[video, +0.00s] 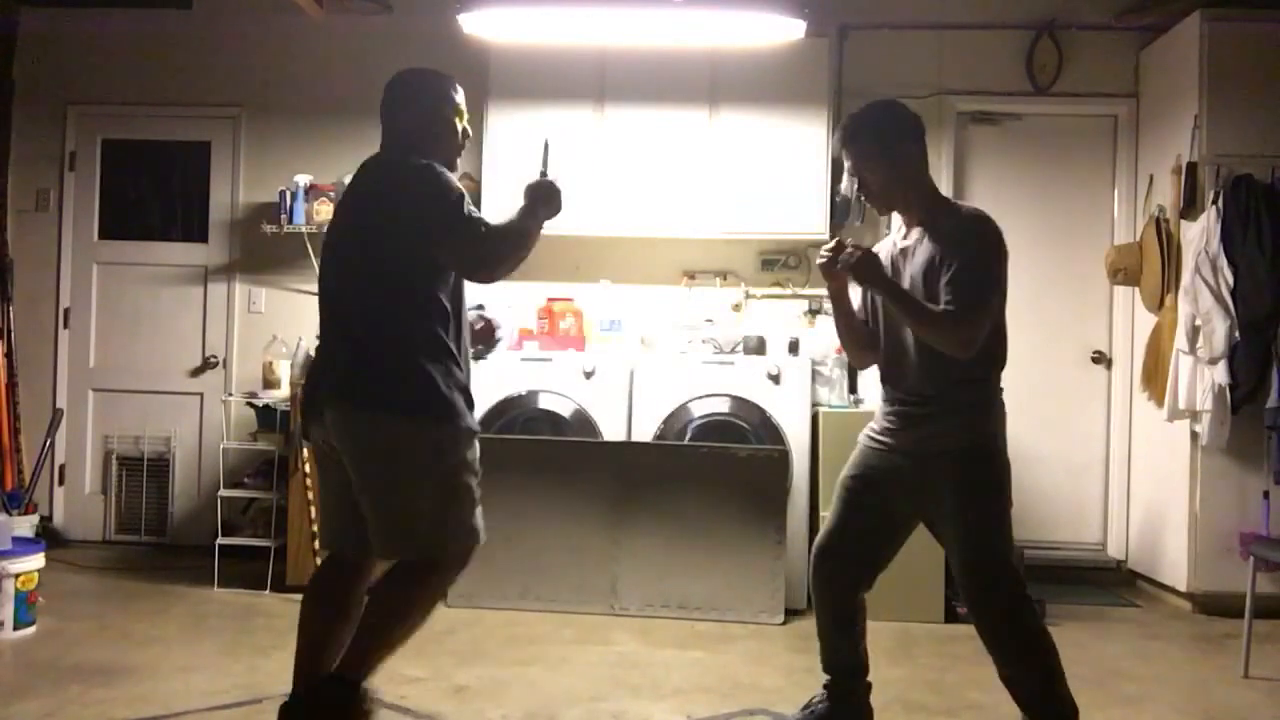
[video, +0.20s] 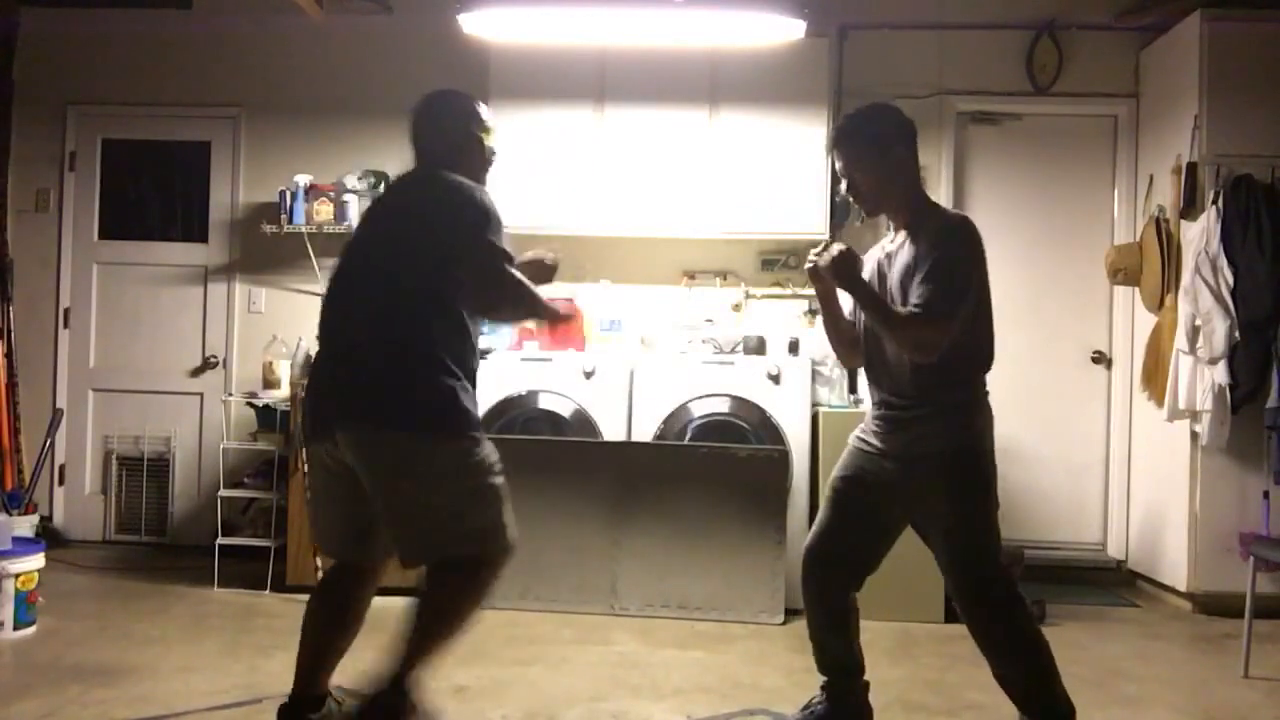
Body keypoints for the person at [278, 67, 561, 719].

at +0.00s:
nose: (467, 128)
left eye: (466, 117)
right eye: (456, 114)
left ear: (393, 121)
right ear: (419, 118)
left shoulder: (362, 190)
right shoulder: (424, 183)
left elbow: (377, 312)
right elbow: (486, 257)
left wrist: (458, 335)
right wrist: (534, 213)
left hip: (337, 395)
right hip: (406, 398)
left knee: (349, 553)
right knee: (447, 544)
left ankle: (306, 700)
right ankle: (342, 687)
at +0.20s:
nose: (492, 145)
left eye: (489, 133)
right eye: (483, 133)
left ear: (426, 140)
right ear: (457, 139)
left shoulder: (390, 202)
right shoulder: (462, 198)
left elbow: (433, 278)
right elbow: (489, 290)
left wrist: (516, 270)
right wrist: (553, 309)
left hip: (333, 399)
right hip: (416, 402)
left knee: (356, 558)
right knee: (480, 547)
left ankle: (304, 700)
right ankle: (395, 688)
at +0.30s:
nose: (531, 172)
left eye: (527, 159)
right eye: (519, 159)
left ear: (465, 168)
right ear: (489, 167)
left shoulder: (411, 226)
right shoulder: (500, 237)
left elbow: (373, 311)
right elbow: (554, 325)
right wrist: (600, 386)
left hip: (333, 405)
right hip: (423, 410)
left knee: (362, 569)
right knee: (508, 550)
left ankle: (307, 702)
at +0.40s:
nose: (578, 229)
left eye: (578, 216)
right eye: (573, 214)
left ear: (512, 213)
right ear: (550, 215)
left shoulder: (449, 258)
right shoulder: (551, 284)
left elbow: (411, 344)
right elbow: (626, 362)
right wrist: (692, 428)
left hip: (353, 423)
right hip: (442, 434)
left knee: (379, 570)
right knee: (539, 560)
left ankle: (311, 700)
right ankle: (567, 711)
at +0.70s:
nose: (614, 257)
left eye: (614, 244)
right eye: (609, 242)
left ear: (543, 234)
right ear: (586, 239)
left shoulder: (481, 271)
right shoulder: (582, 304)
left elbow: (452, 364)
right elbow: (658, 390)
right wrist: (723, 447)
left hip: (378, 444)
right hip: (468, 454)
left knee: (410, 571)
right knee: (577, 559)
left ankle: (312, 683)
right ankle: (577, 713)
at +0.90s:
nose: (546, 179)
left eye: (540, 166)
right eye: (532, 167)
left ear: (476, 182)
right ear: (501, 181)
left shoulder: (436, 239)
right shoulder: (506, 249)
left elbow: (482, 321)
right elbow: (533, 347)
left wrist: (548, 272)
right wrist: (595, 419)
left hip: (349, 426)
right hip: (430, 430)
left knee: (384, 571)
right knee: (517, 566)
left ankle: (305, 696)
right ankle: (562, 709)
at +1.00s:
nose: (516, 150)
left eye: (509, 138)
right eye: (503, 139)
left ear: (456, 153)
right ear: (469, 149)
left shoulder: (419, 212)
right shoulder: (457, 213)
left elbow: (496, 299)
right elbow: (456, 318)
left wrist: (549, 241)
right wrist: (528, 384)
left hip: (351, 413)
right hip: (418, 414)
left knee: (370, 564)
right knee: (494, 558)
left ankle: (301, 697)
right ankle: (540, 705)